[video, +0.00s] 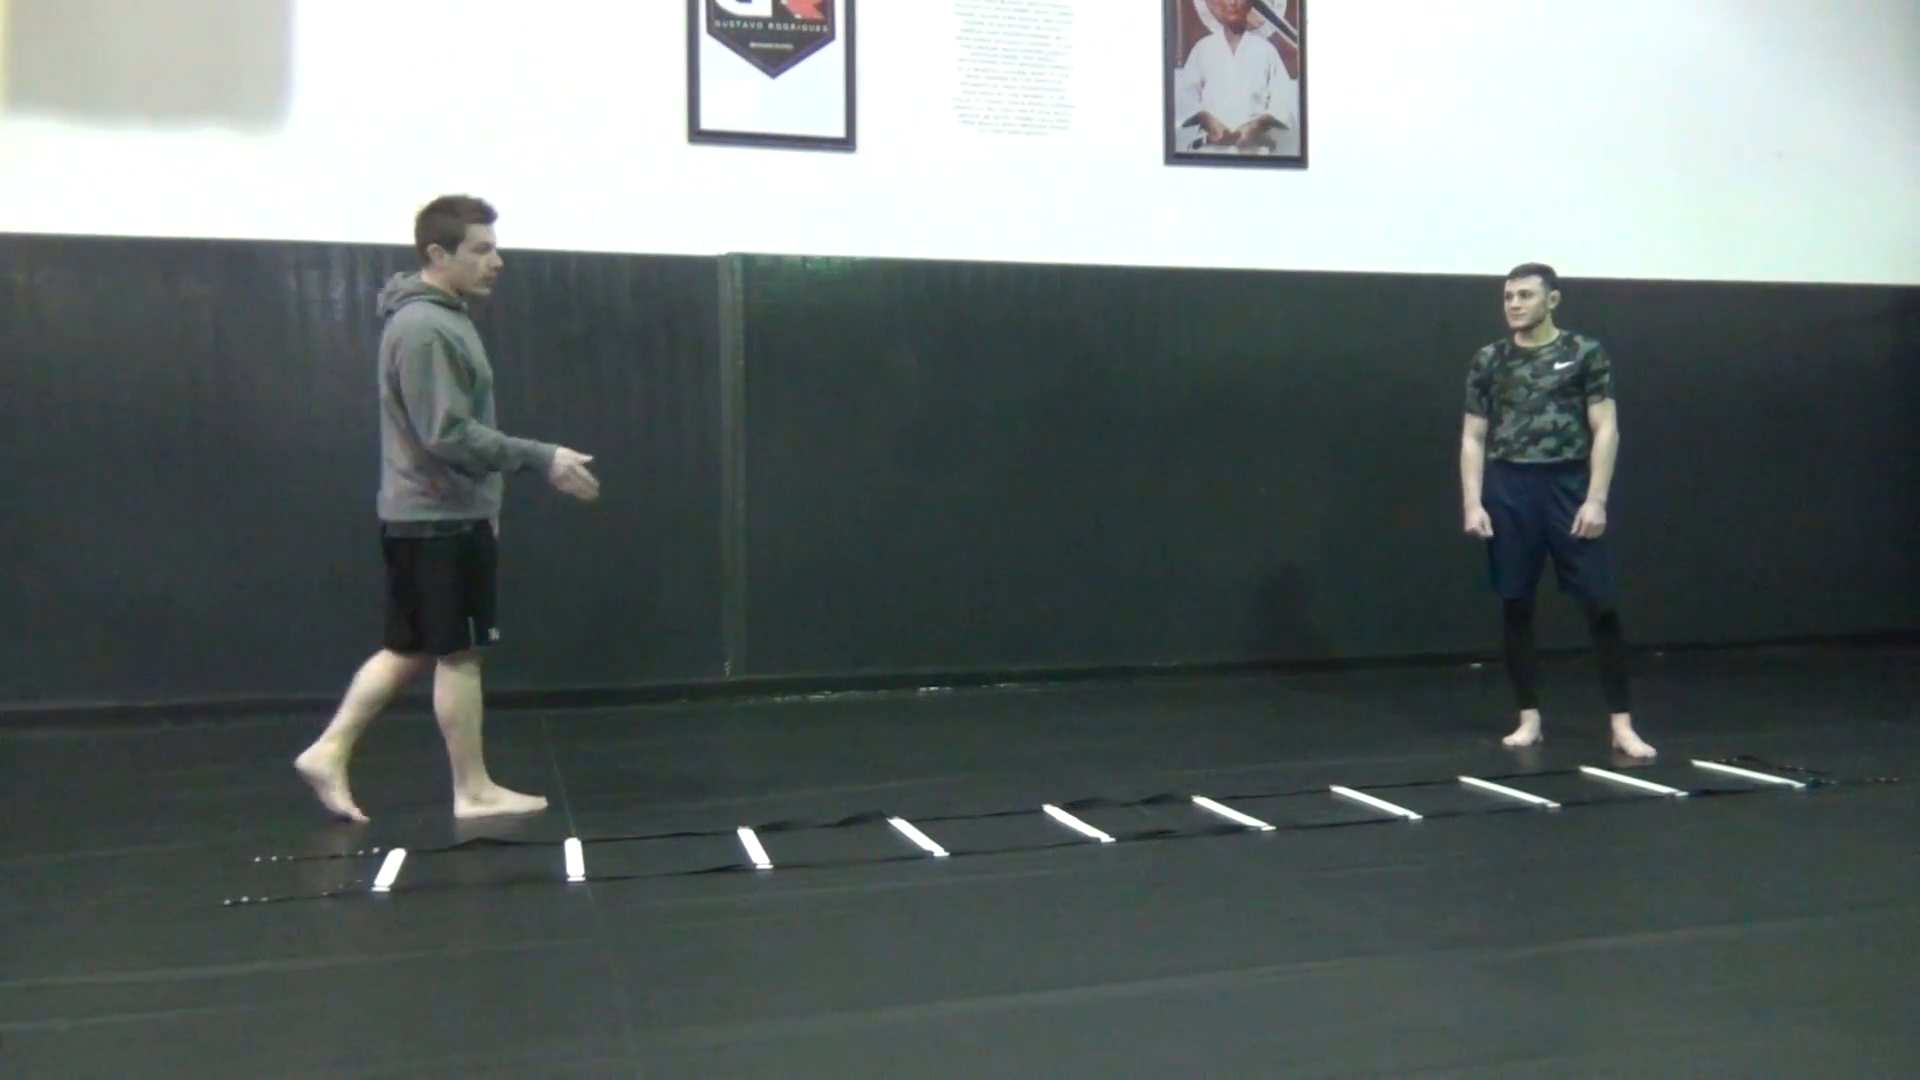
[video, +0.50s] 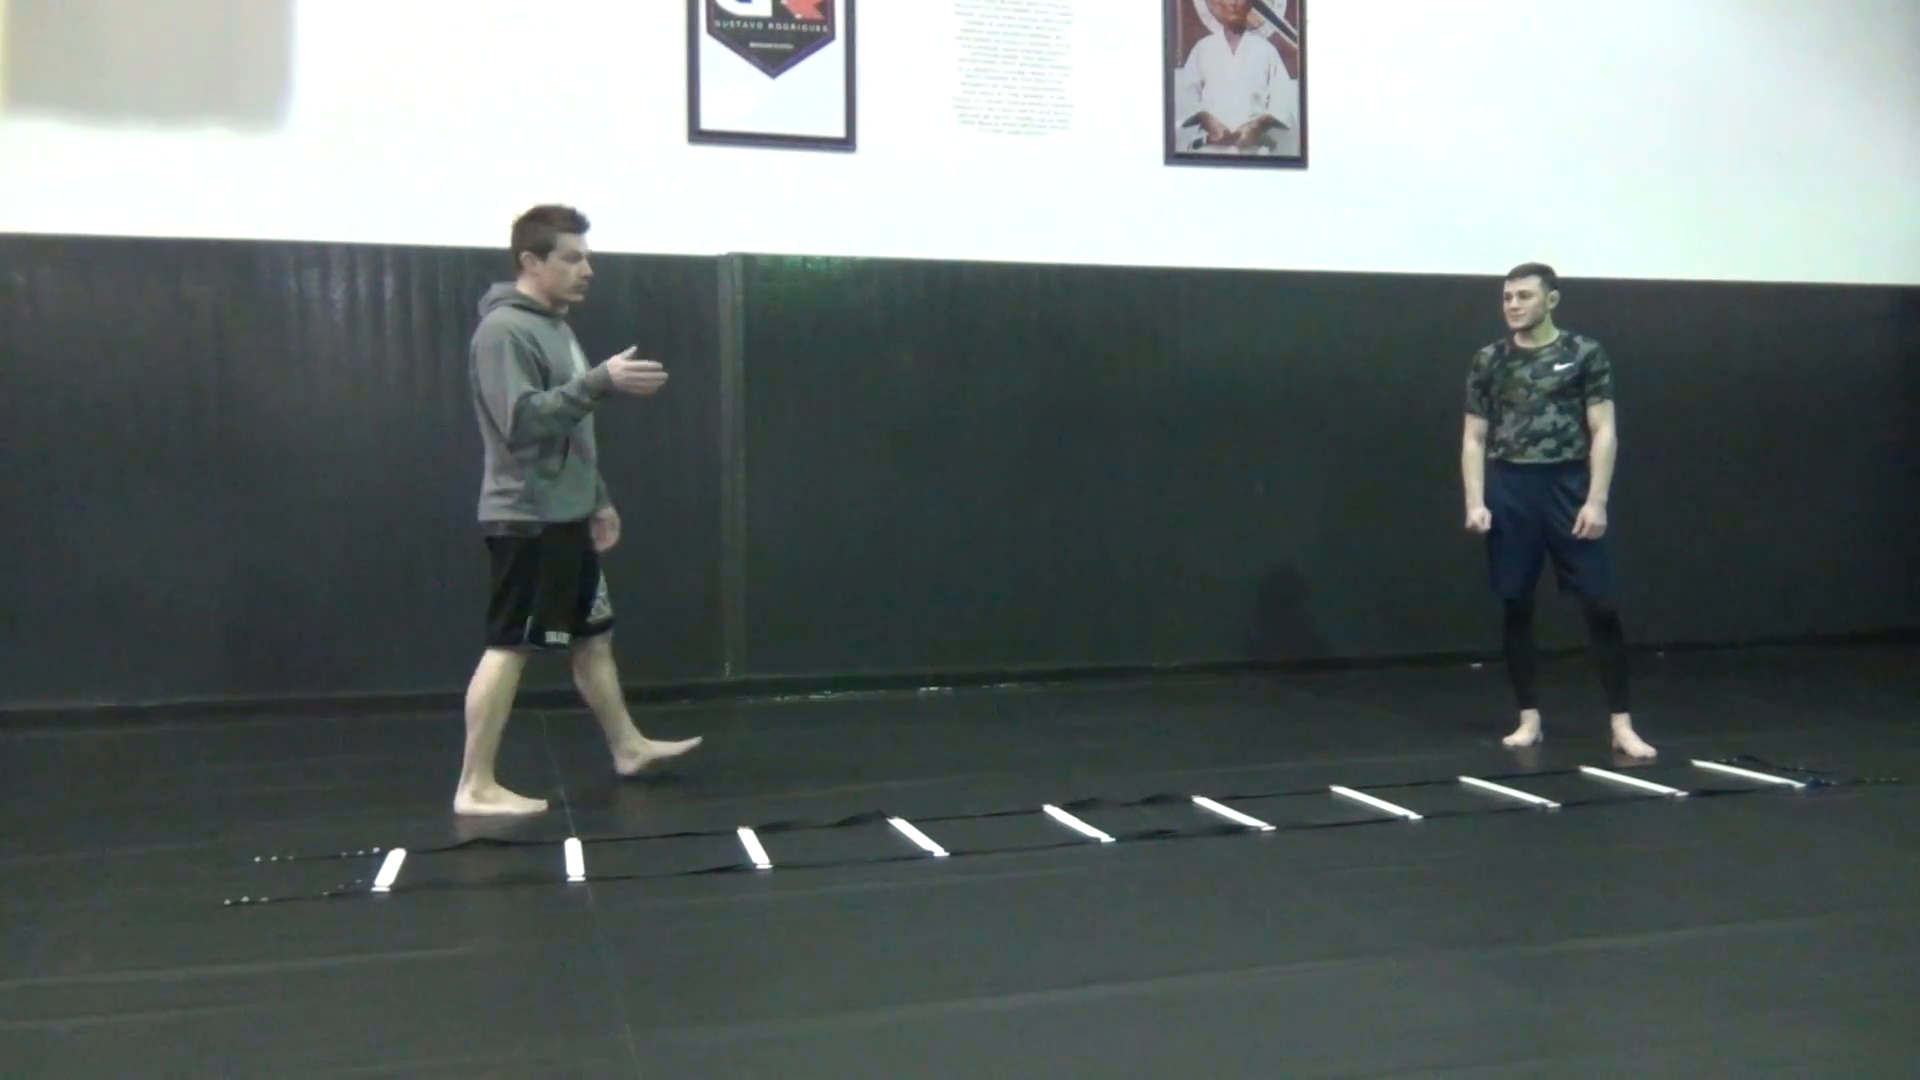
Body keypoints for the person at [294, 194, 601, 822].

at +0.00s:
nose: (495, 262)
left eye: (495, 250)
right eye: (482, 251)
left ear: (444, 255)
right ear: (438, 254)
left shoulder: (439, 319)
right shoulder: (421, 327)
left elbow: (450, 430)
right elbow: (447, 434)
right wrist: (541, 457)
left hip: (433, 517)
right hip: (439, 521)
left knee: (408, 650)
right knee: (459, 655)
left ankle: (327, 755)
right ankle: (474, 791)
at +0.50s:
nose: (587, 271)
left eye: (587, 259)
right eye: (575, 259)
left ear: (550, 264)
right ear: (530, 261)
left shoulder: (556, 327)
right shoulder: (502, 329)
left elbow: (571, 432)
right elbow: (519, 423)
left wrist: (597, 501)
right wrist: (598, 382)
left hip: (567, 510)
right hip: (524, 513)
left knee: (592, 632)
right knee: (510, 645)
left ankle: (628, 748)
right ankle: (475, 786)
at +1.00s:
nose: (710, 282)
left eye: (710, 270)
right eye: (700, 270)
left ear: (675, 273)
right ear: (658, 270)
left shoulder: (685, 338)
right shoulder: (619, 336)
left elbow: (713, 431)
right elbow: (629, 433)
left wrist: (743, 502)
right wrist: (692, 473)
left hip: (688, 501)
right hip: (650, 505)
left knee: (672, 628)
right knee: (686, 622)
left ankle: (665, 756)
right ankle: (577, 724)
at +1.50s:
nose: (835, 287)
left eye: (835, 276)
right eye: (827, 276)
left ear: (787, 278)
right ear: (791, 277)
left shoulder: (750, 334)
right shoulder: (770, 342)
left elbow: (755, 436)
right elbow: (765, 442)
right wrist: (771, 529)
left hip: (739, 508)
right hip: (775, 510)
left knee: (728, 633)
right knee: (807, 633)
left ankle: (675, 742)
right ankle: (827, 758)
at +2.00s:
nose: (940, 296)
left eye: (941, 285)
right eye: (932, 284)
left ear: (892, 285)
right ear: (894, 282)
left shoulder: (856, 331)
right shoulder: (883, 339)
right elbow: (958, 401)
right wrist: (1046, 429)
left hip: (869, 505)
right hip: (871, 508)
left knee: (894, 618)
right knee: (863, 624)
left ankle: (930, 727)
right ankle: (829, 757)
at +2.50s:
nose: (1021, 288)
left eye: (1023, 278)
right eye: (1010, 277)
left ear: (993, 283)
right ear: (975, 280)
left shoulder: (987, 337)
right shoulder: (959, 340)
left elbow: (1006, 427)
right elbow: (949, 429)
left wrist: (1040, 487)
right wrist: (950, 510)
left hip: (977, 496)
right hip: (985, 497)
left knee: (949, 611)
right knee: (1033, 596)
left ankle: (936, 727)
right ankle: (998, 719)